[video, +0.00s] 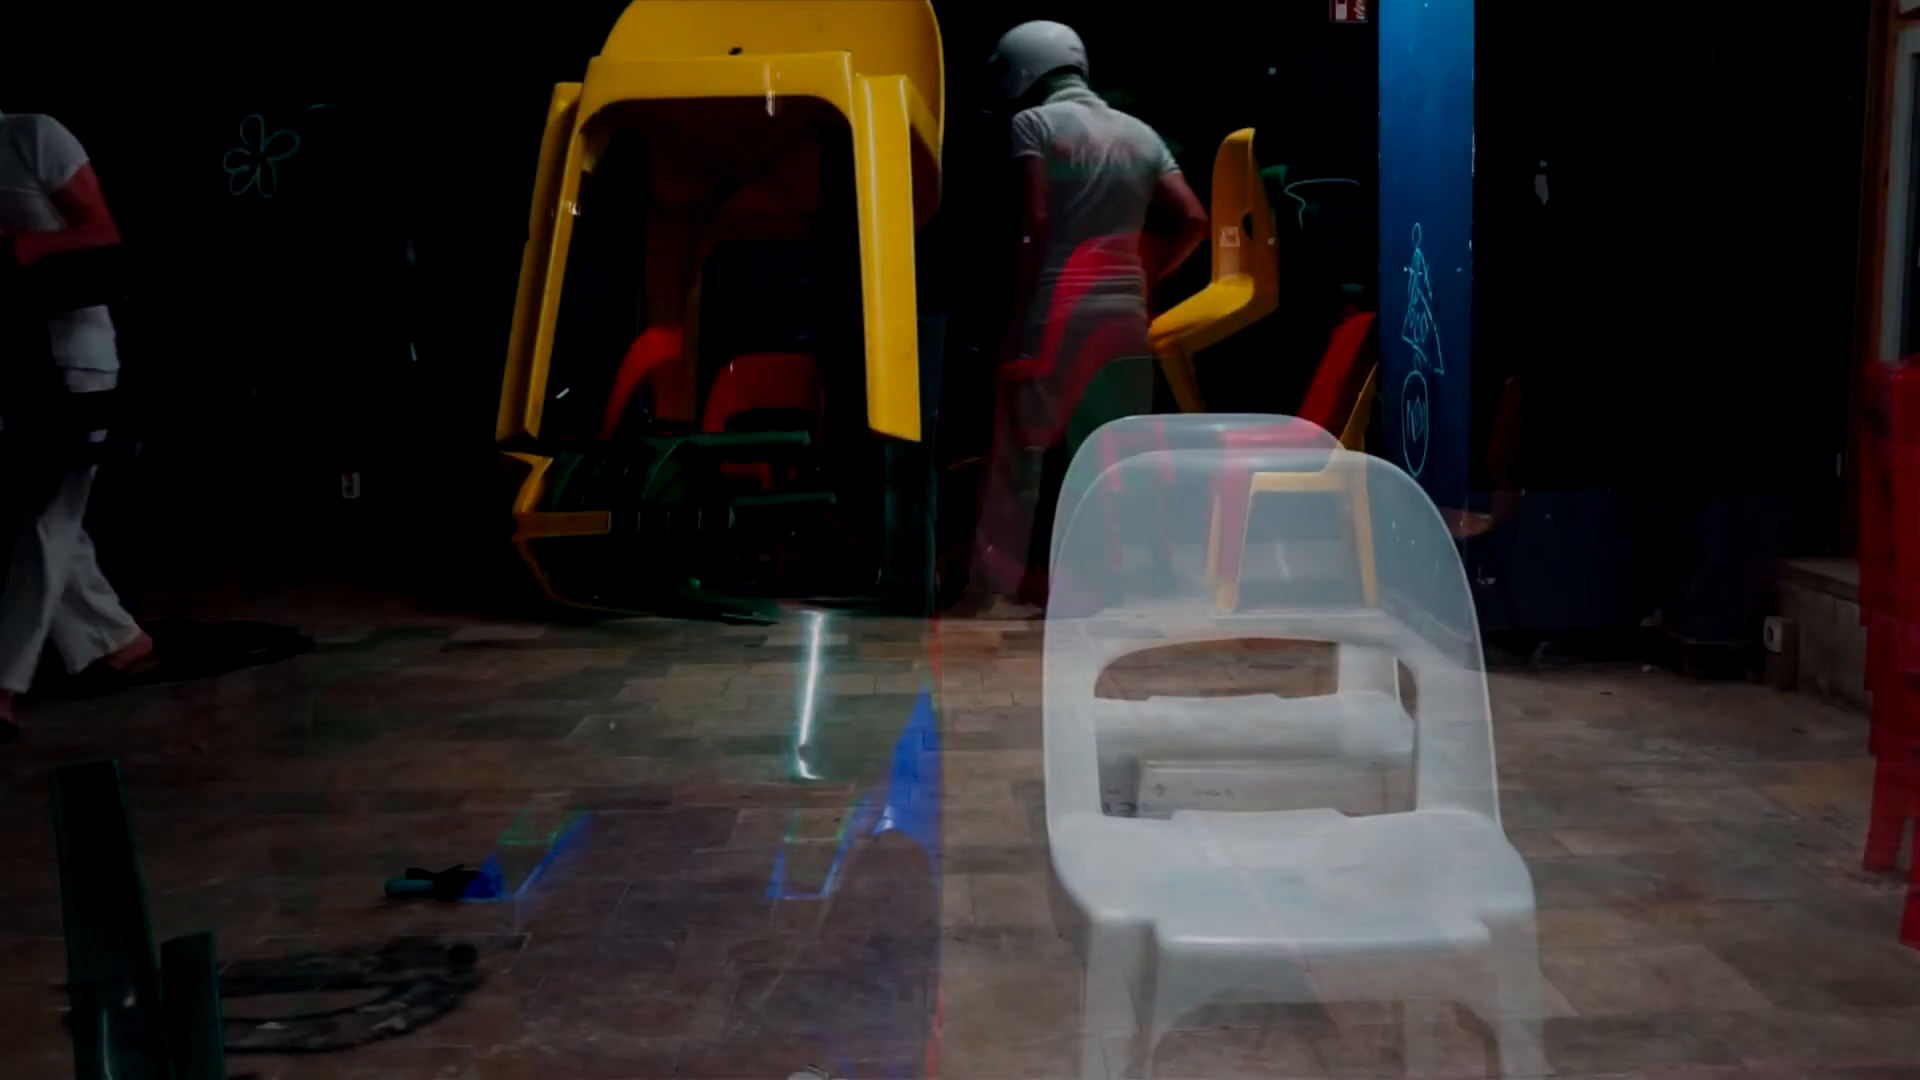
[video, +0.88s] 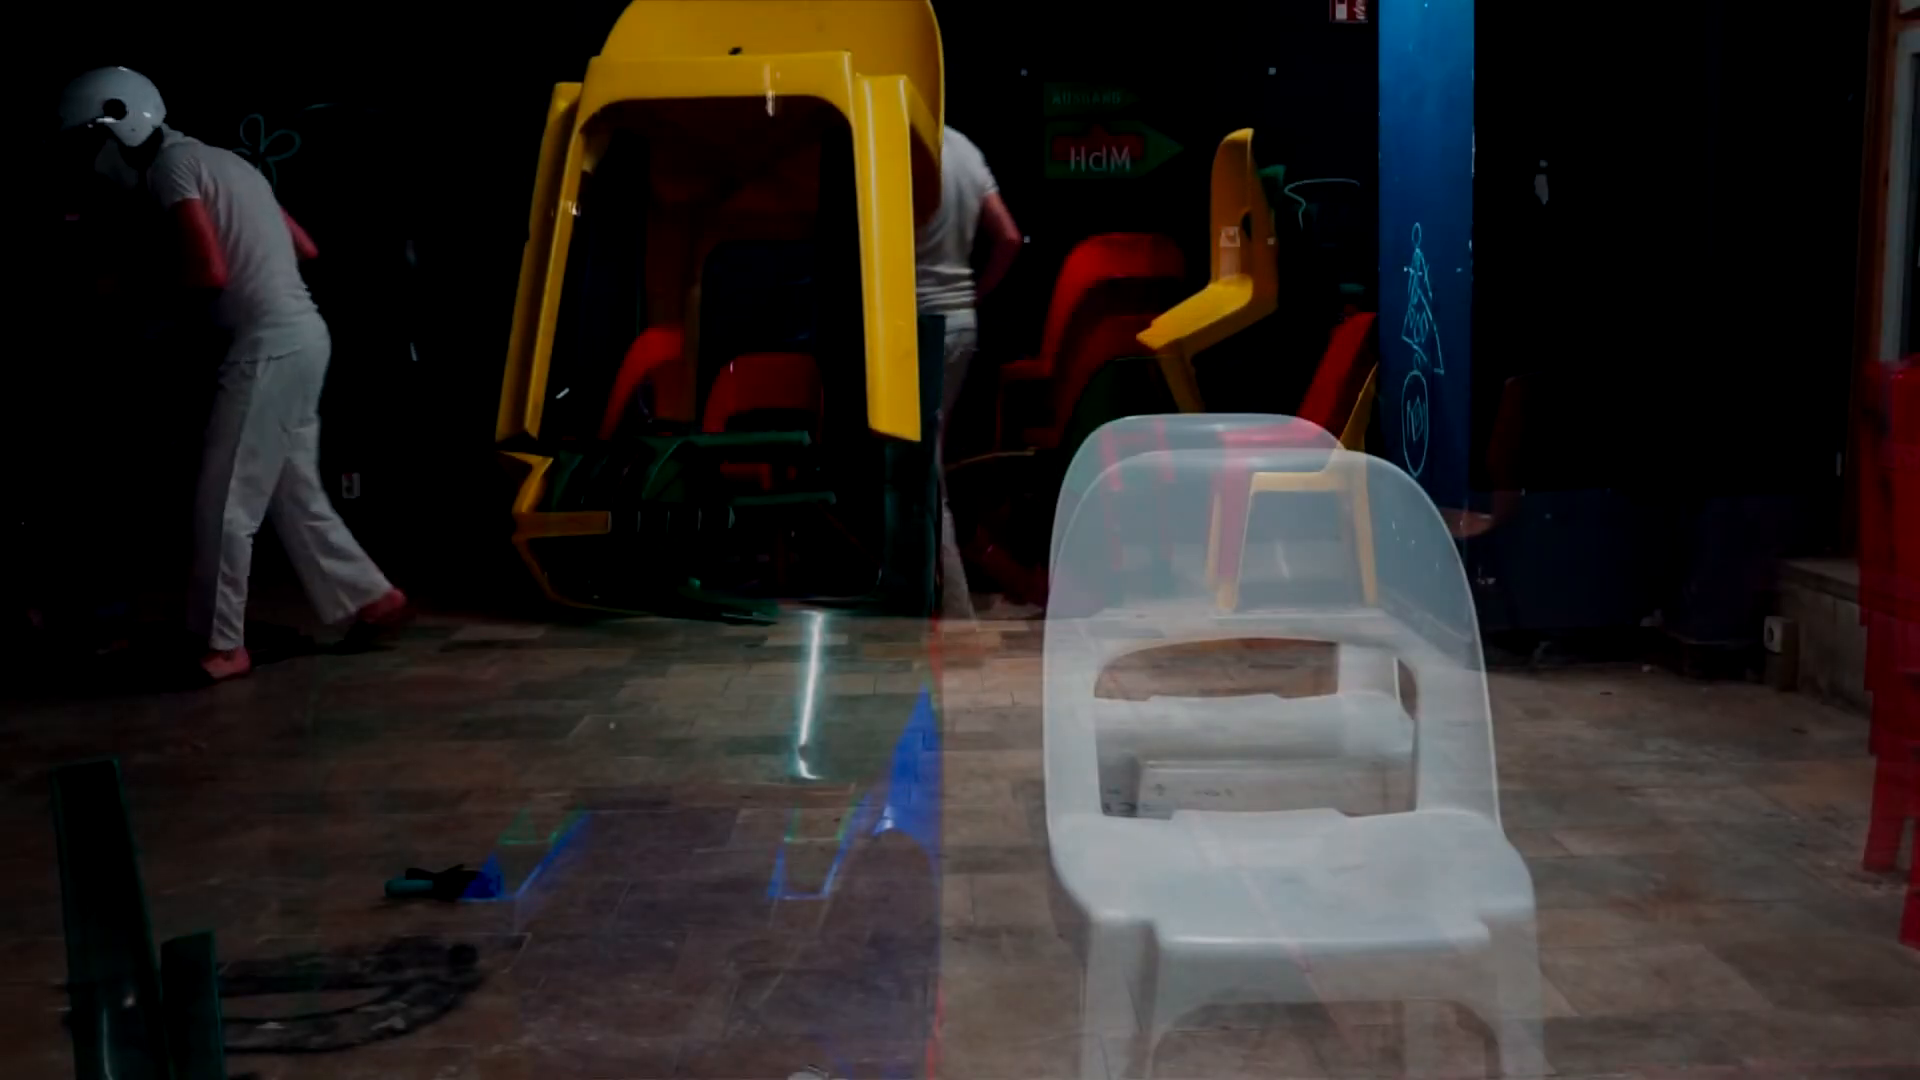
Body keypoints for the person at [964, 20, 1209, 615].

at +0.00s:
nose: (1010, 89)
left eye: (1011, 78)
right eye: (1009, 80)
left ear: (1026, 75)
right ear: (1077, 68)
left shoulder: (1032, 125)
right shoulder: (1137, 132)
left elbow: (1032, 228)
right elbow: (1194, 221)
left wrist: (1013, 311)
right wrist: (1140, 278)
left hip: (1058, 312)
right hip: (1127, 314)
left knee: (1021, 453)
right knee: (1124, 454)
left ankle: (993, 592)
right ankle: (1127, 592)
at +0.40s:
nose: (917, 85)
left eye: (921, 71)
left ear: (936, 71)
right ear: (982, 65)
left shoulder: (958, 133)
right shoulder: (1043, 131)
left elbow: (985, 230)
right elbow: (1101, 220)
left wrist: (965, 335)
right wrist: (1054, 279)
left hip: (985, 317)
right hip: (1046, 312)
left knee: (966, 465)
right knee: (1051, 465)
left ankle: (964, 604)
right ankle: (1089, 589)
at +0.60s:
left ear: (915, 75)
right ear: (948, 68)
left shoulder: (929, 130)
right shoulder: (999, 130)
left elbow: (944, 233)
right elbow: (1056, 219)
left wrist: (919, 300)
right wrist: (1023, 286)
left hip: (961, 320)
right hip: (1008, 316)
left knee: (954, 470)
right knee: (991, 471)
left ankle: (957, 608)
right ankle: (1038, 596)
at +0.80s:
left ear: (907, 91)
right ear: (937, 88)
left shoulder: (901, 142)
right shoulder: (973, 141)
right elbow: (1022, 229)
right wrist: (988, 287)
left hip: (930, 321)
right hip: (973, 318)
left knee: (942, 464)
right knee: (940, 460)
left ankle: (955, 598)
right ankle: (946, 586)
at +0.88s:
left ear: (897, 103)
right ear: (931, 98)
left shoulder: (884, 153)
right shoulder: (960, 147)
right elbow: (1008, 235)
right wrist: (976, 290)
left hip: (908, 324)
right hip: (957, 320)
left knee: (926, 464)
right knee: (927, 460)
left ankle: (952, 602)